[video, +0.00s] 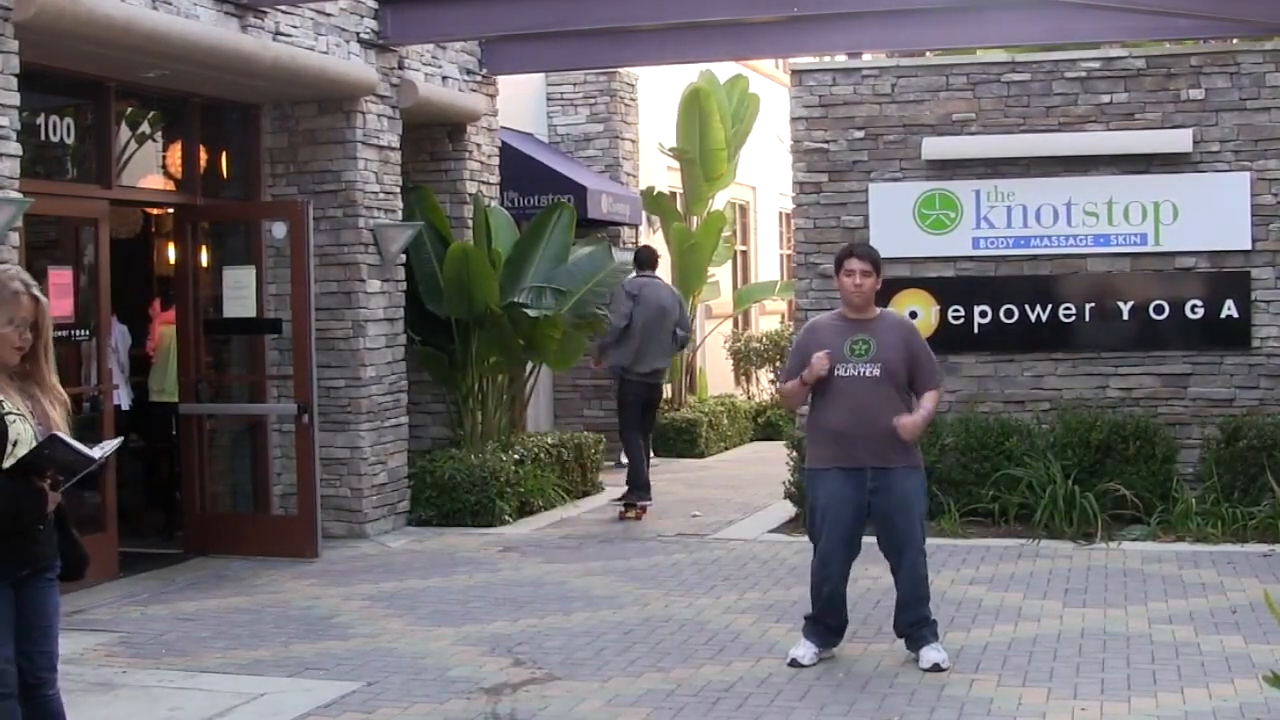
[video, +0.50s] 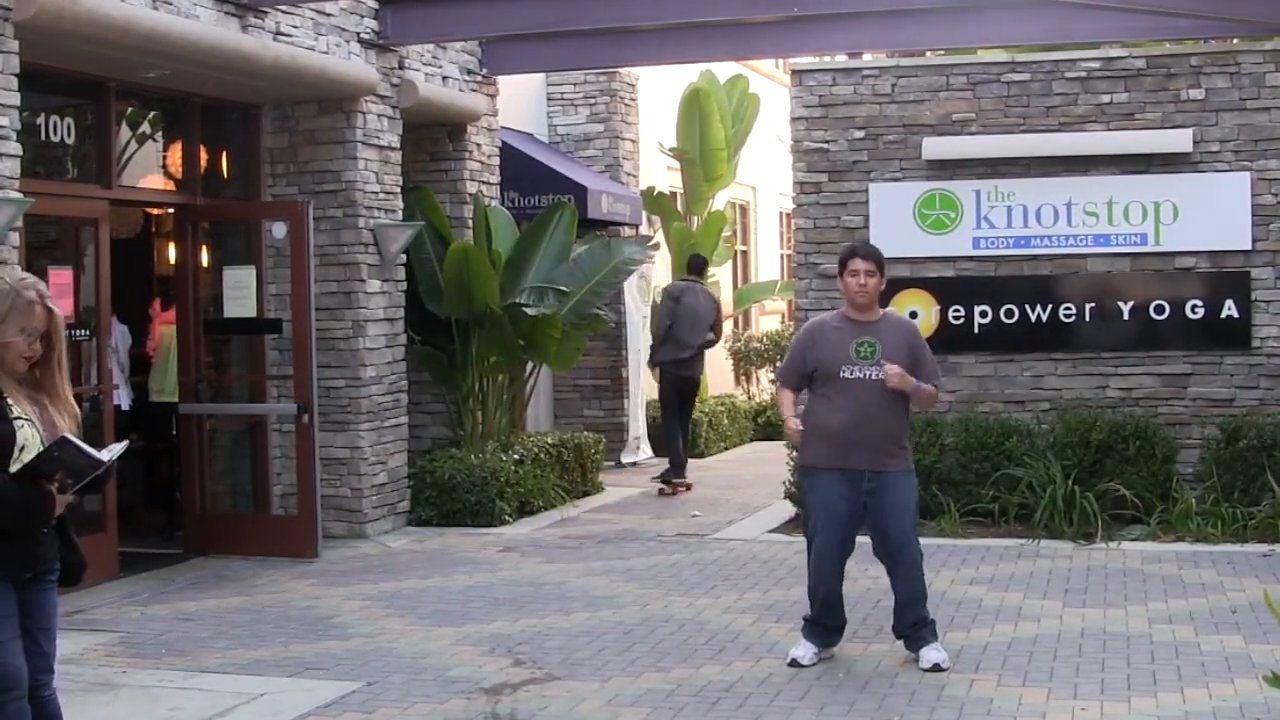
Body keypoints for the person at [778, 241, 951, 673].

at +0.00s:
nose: (856, 281)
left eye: (864, 274)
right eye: (848, 273)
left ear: (878, 281)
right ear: (836, 280)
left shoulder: (902, 329)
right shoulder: (815, 332)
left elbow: (930, 387)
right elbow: (787, 398)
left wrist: (920, 417)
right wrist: (807, 378)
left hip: (897, 463)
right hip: (831, 465)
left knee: (909, 554)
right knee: (829, 554)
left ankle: (922, 638)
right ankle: (819, 635)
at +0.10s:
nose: (853, 282)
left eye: (861, 276)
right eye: (845, 275)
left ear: (876, 283)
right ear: (834, 283)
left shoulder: (899, 332)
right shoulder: (813, 334)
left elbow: (927, 392)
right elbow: (790, 403)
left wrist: (920, 422)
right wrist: (817, 381)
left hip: (895, 465)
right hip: (829, 467)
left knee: (907, 555)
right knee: (828, 555)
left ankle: (921, 638)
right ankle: (820, 635)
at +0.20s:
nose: (852, 283)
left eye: (861, 276)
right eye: (845, 275)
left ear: (875, 283)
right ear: (833, 281)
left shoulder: (898, 332)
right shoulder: (810, 334)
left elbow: (926, 393)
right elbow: (790, 399)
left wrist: (912, 409)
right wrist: (819, 400)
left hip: (889, 466)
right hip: (824, 467)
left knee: (903, 553)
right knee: (822, 554)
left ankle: (922, 638)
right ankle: (820, 634)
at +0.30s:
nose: (852, 282)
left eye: (861, 275)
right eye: (845, 274)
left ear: (875, 282)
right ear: (833, 281)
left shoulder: (897, 331)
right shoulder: (810, 332)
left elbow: (925, 397)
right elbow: (787, 392)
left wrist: (908, 392)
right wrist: (810, 415)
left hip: (885, 465)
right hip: (822, 464)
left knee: (898, 551)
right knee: (818, 553)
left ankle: (921, 637)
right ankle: (818, 634)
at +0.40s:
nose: (857, 281)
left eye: (866, 273)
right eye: (849, 273)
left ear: (878, 281)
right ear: (837, 281)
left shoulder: (900, 331)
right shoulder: (812, 331)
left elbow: (925, 398)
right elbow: (784, 388)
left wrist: (904, 380)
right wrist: (798, 421)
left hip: (886, 465)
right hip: (823, 464)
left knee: (897, 551)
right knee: (819, 553)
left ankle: (920, 638)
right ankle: (818, 634)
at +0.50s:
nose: (861, 281)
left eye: (869, 274)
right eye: (853, 274)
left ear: (882, 282)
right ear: (840, 282)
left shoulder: (904, 331)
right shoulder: (815, 332)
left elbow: (930, 396)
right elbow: (786, 384)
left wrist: (909, 385)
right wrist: (790, 417)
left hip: (891, 465)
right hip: (826, 465)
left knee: (904, 552)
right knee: (824, 555)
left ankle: (922, 638)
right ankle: (819, 635)